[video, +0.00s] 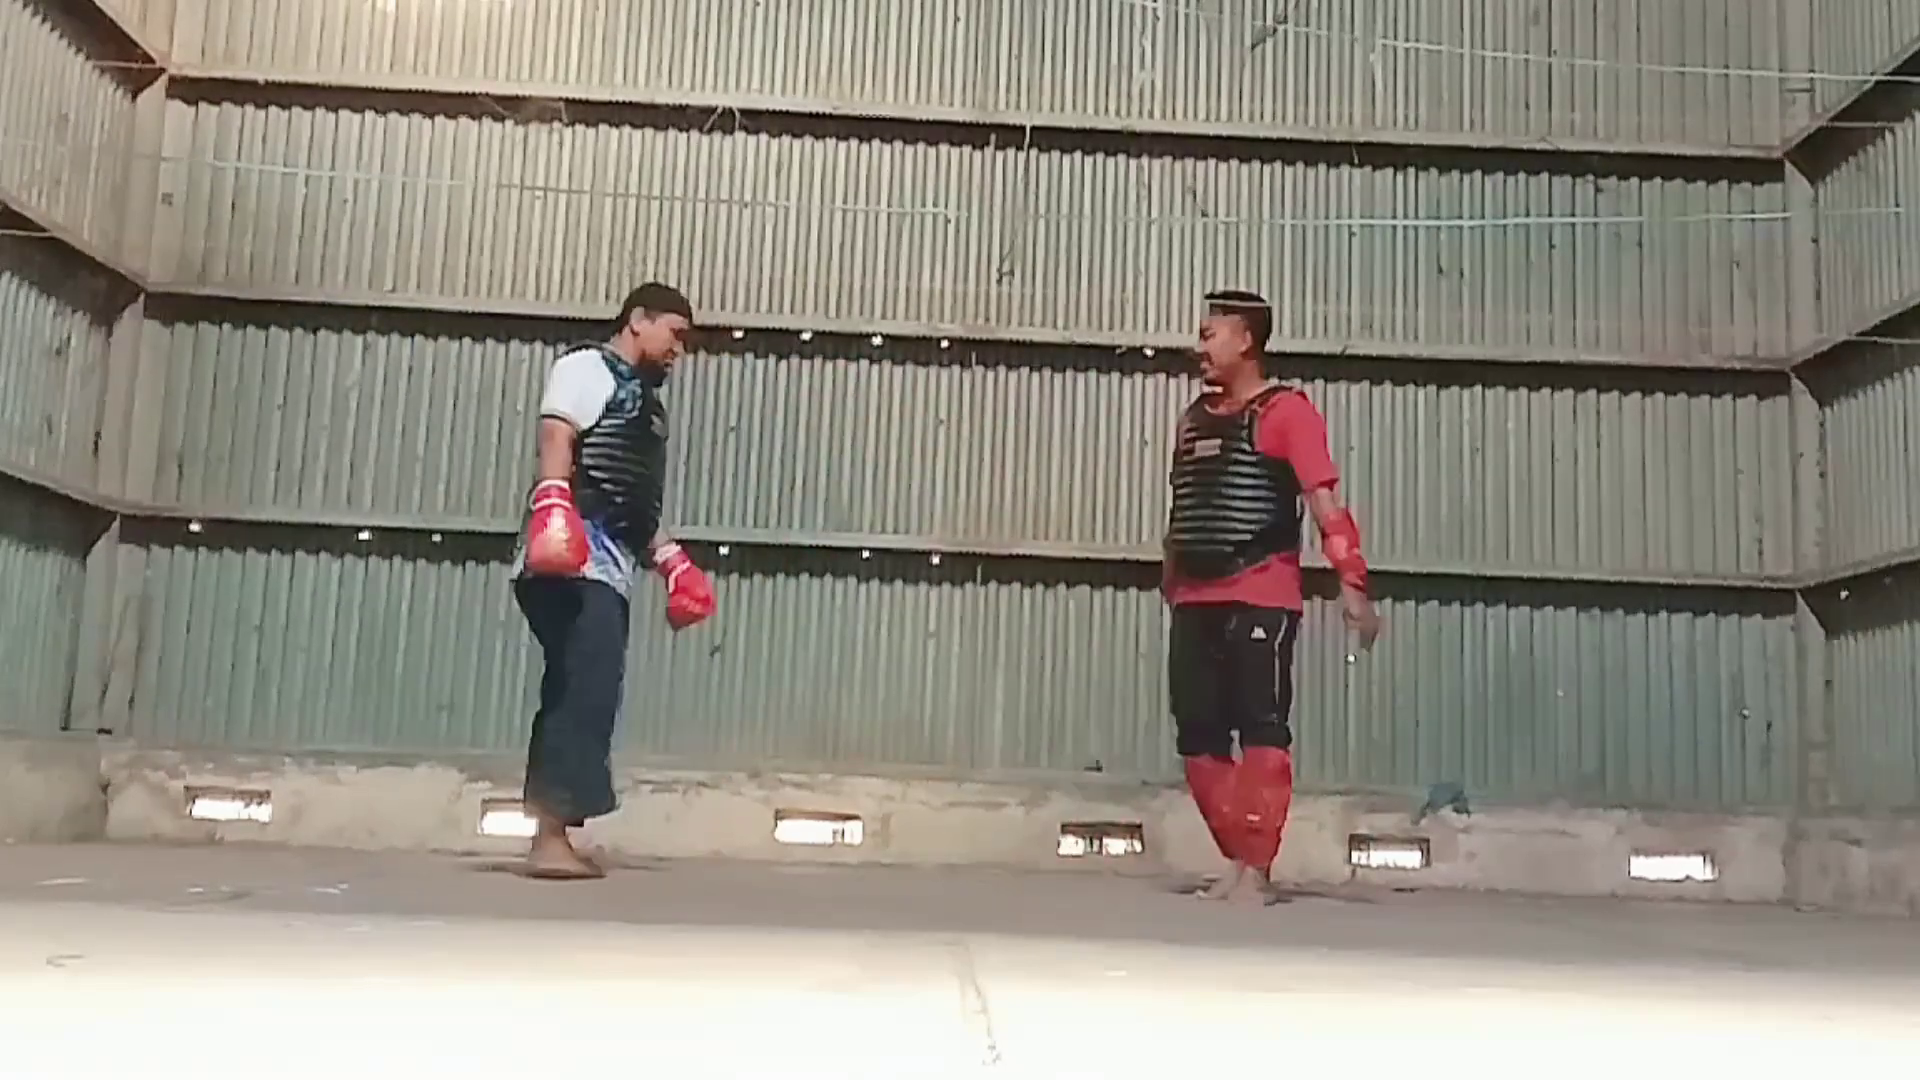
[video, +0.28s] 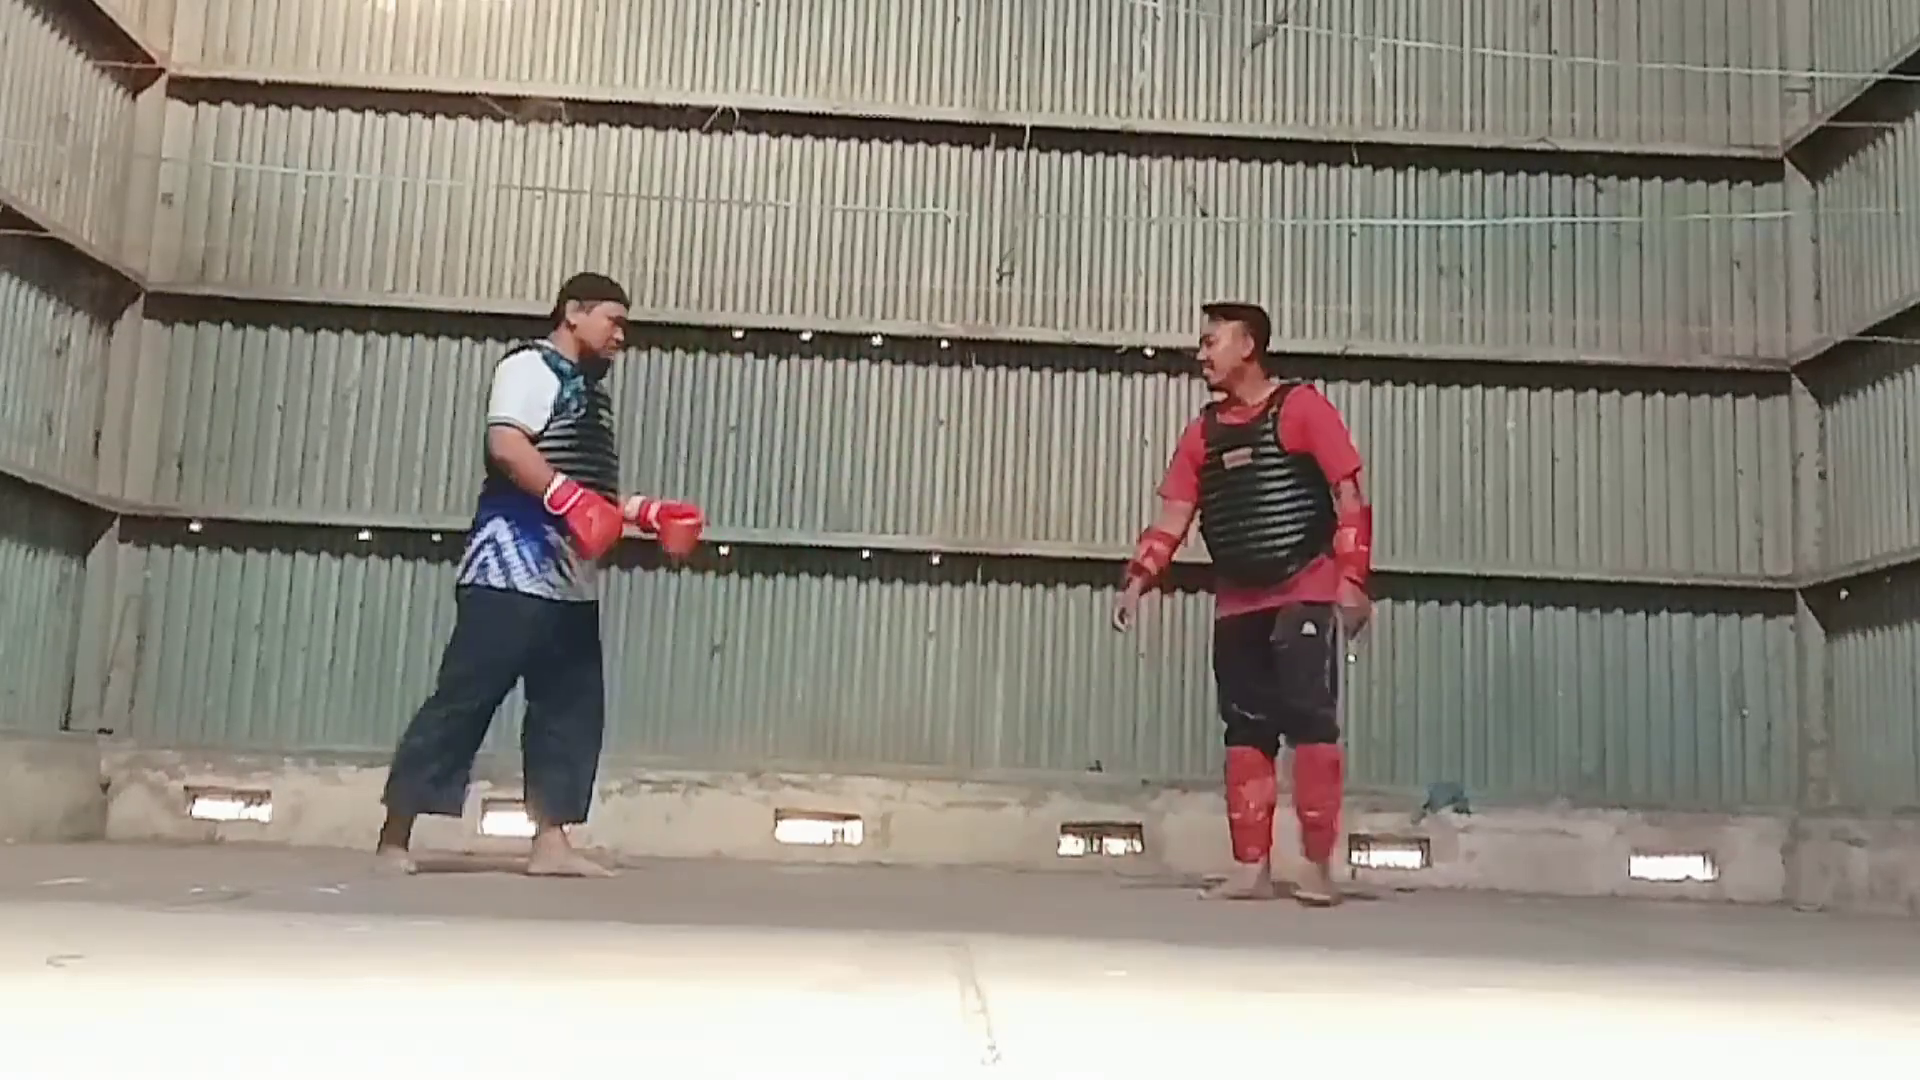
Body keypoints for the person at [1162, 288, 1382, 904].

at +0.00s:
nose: (1200, 345)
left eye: (1211, 335)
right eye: (1200, 335)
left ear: (1248, 341)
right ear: (1219, 343)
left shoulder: (1289, 411)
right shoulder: (1194, 418)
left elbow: (1326, 503)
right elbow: (1186, 507)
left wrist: (1354, 584)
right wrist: (1174, 582)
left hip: (1260, 596)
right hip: (1195, 598)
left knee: (1260, 727)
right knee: (1199, 734)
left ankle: (1254, 870)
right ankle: (1243, 862)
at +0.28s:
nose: (1203, 354)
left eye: (1213, 343)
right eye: (1203, 344)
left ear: (1249, 347)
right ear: (1231, 351)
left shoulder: (1302, 406)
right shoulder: (1203, 431)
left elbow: (1348, 494)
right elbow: (1173, 514)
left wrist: (1353, 578)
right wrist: (1138, 577)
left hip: (1307, 591)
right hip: (1238, 598)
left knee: (1309, 722)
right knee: (1246, 727)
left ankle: (1318, 867)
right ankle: (1251, 870)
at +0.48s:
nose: (1236, 353)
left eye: (1247, 343)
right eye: (1236, 344)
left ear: (1284, 348)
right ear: (1251, 353)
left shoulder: (1332, 410)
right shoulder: (1228, 432)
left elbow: (1371, 492)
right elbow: (1202, 513)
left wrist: (1326, 550)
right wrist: (1180, 572)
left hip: (1331, 606)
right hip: (1257, 611)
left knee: (1379, 722)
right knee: (1247, 726)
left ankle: (1423, 864)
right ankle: (1251, 869)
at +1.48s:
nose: (1249, 382)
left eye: (1260, 370)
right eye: (1247, 371)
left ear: (1297, 374)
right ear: (1252, 378)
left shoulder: (1350, 432)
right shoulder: (1237, 443)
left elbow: (1418, 481)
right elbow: (1197, 500)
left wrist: (1348, 497)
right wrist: (1226, 511)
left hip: (1339, 623)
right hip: (1258, 618)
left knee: (1385, 742)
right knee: (1197, 719)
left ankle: (1415, 869)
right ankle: (1156, 848)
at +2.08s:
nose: (1217, 374)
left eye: (1227, 362)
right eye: (1216, 364)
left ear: (1265, 365)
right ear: (1226, 370)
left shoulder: (1314, 427)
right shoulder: (1208, 439)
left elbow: (1330, 502)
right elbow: (1186, 526)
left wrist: (1252, 469)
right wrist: (1164, 594)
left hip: (1296, 619)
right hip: (1216, 614)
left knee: (1335, 738)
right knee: (1164, 719)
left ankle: (1357, 863)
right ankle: (1129, 849)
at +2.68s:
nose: (1162, 389)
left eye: (1174, 379)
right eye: (1160, 380)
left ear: (1211, 388)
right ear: (1161, 388)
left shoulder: (1256, 452)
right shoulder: (1148, 464)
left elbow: (1288, 530)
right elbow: (1121, 547)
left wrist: (1214, 536)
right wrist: (1097, 614)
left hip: (1242, 638)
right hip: (1161, 633)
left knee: (1291, 749)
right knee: (1098, 725)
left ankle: (1321, 870)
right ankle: (1056, 853)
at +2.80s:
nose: (1146, 383)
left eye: (1159, 376)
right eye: (1144, 374)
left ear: (1192, 388)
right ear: (1140, 383)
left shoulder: (1218, 457)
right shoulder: (1113, 451)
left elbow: (1237, 532)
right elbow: (1061, 501)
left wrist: (1170, 487)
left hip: (1198, 637)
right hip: (1117, 634)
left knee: (1258, 734)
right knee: (1077, 733)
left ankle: (1315, 855)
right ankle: (1079, 862)